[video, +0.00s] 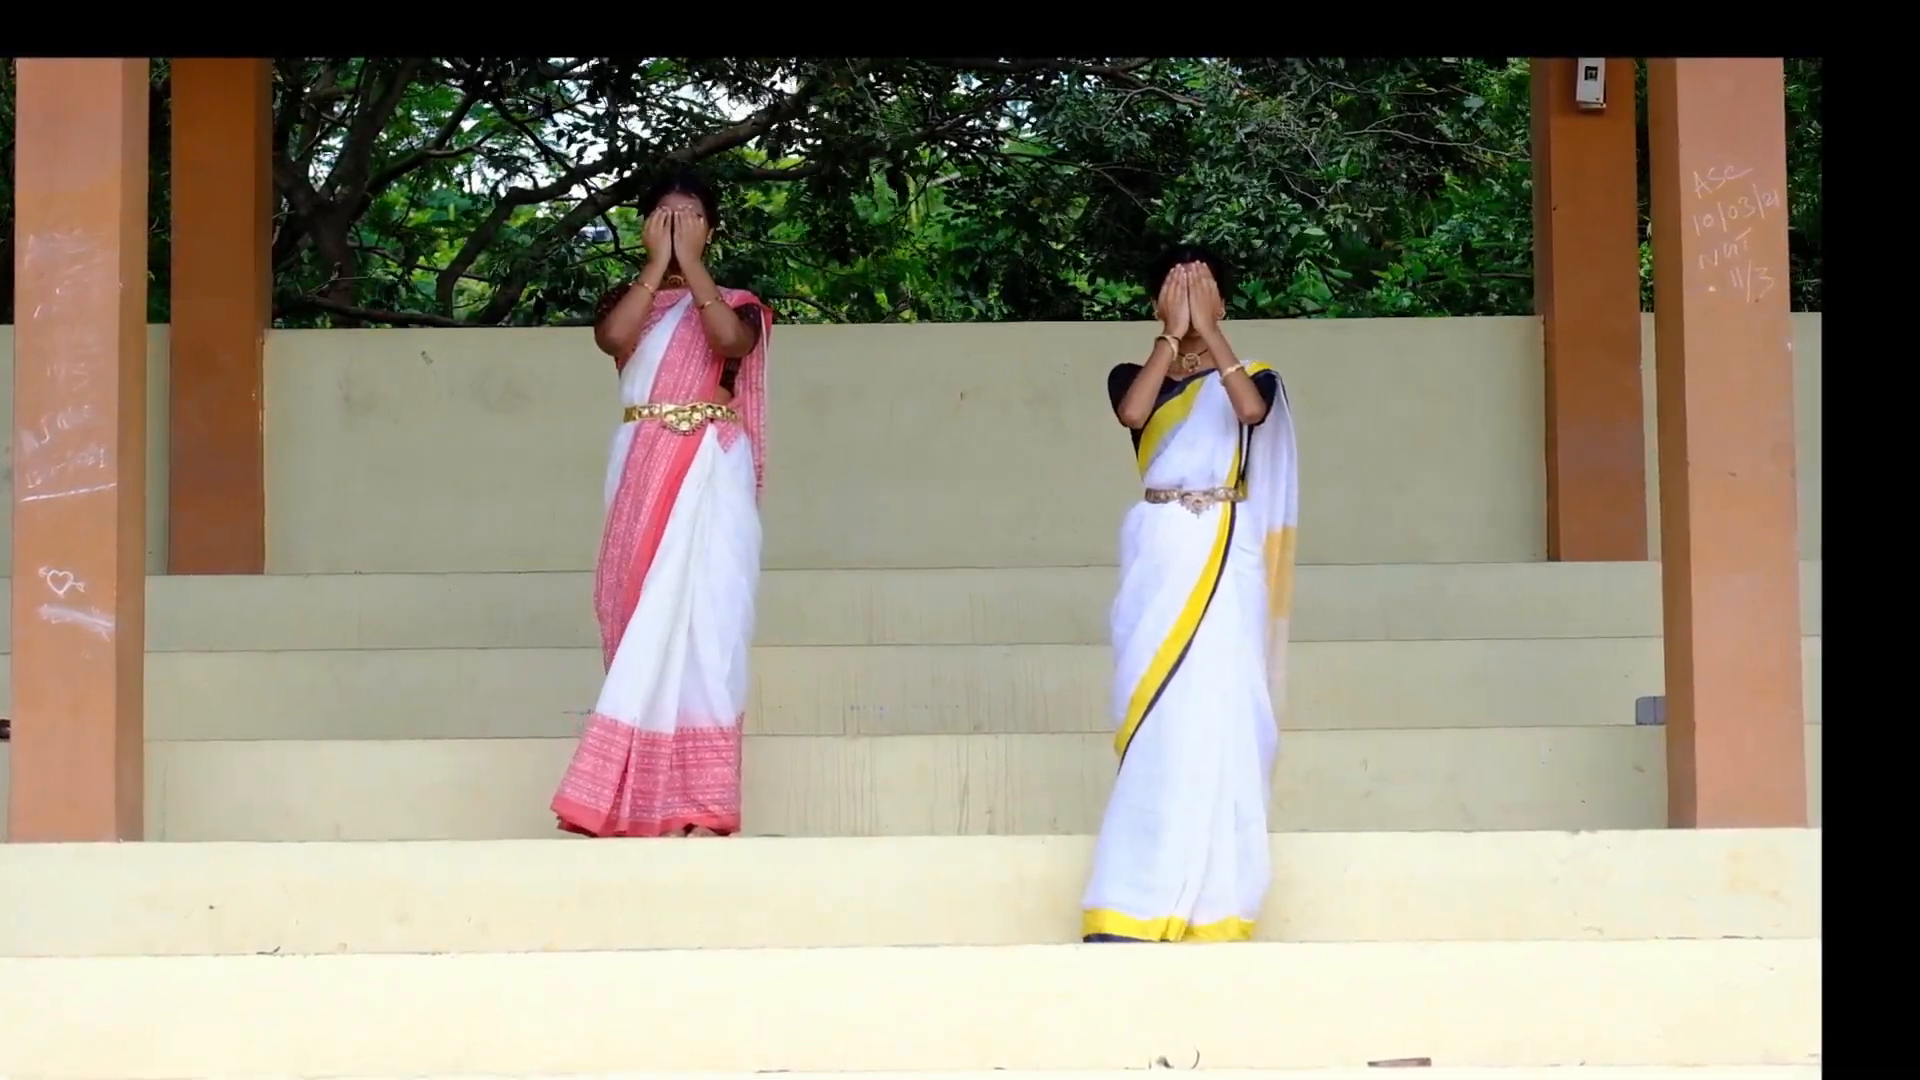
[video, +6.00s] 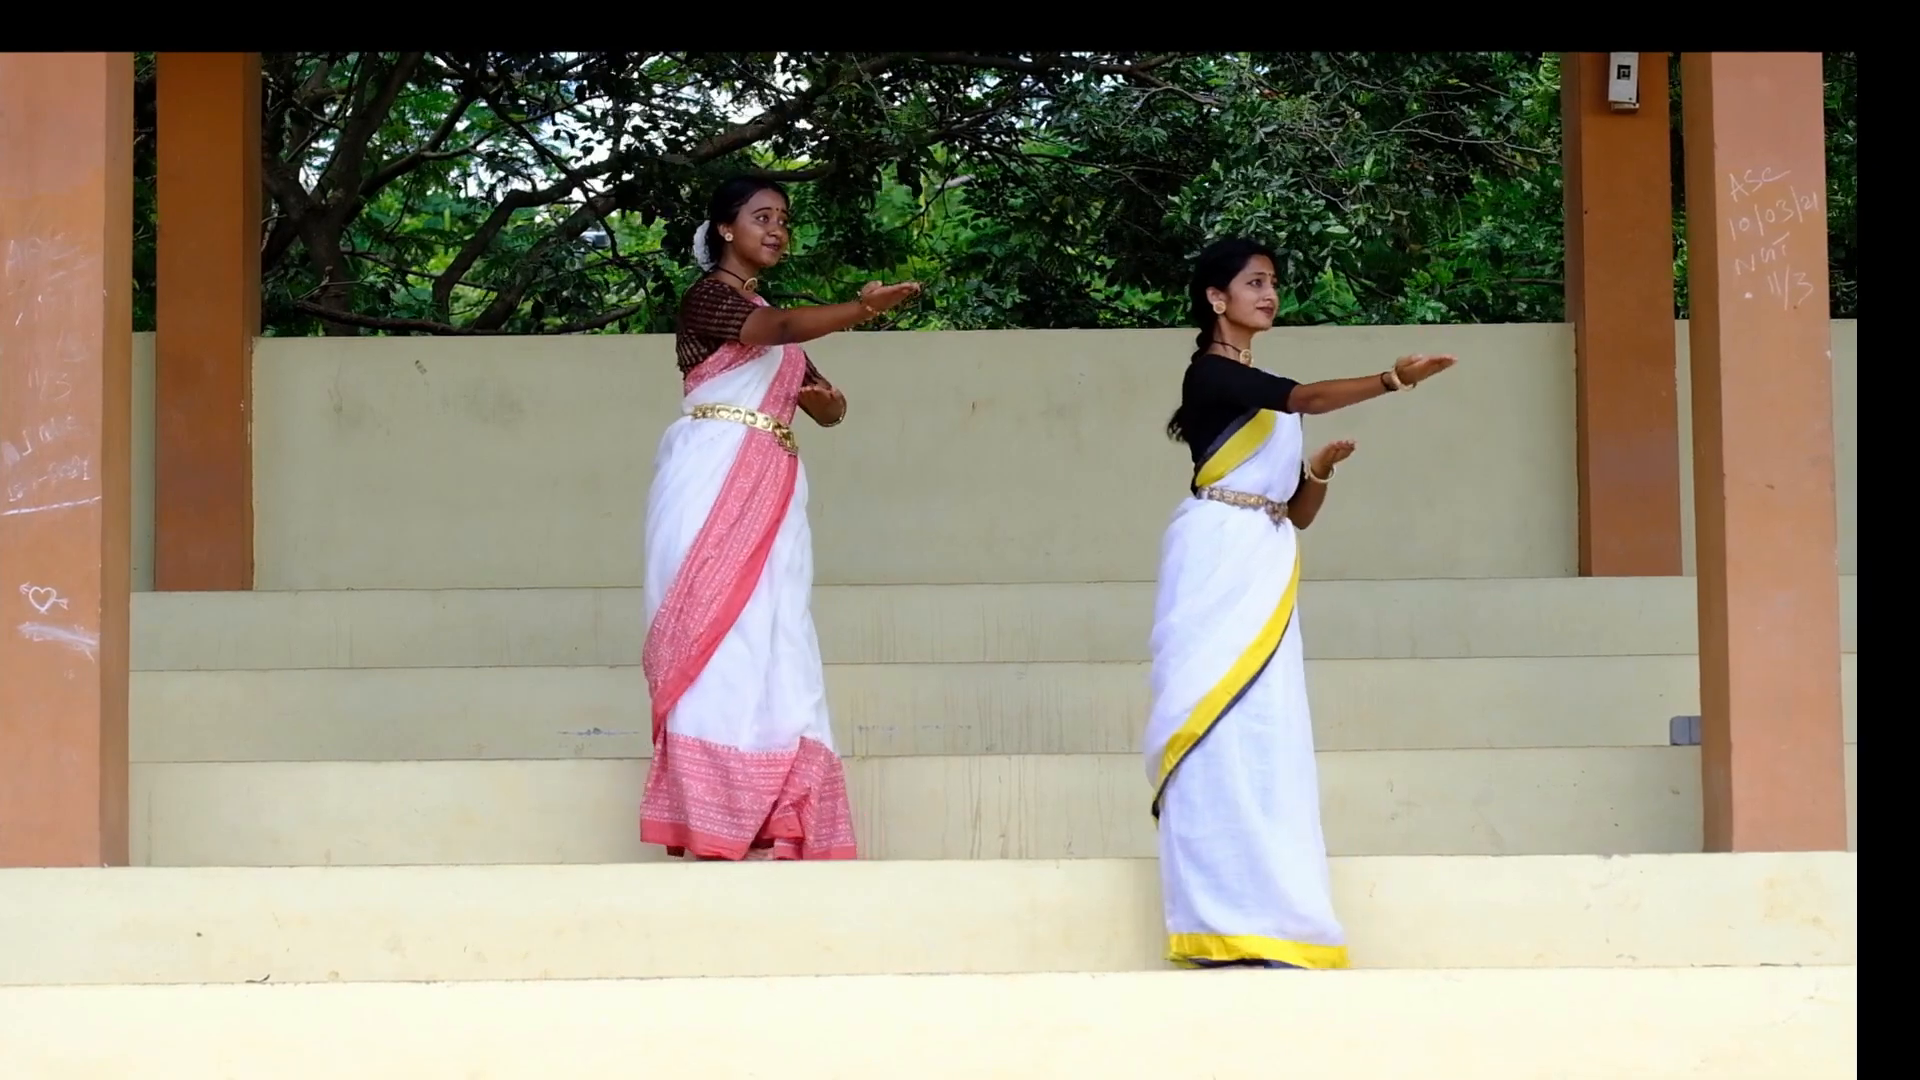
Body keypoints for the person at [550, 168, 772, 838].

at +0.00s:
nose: (674, 227)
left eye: (689, 216)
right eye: (664, 214)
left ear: (712, 227)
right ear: (644, 225)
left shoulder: (738, 305)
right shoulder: (628, 302)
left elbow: (732, 340)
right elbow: (615, 338)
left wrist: (693, 263)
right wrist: (658, 262)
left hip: (713, 478)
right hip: (643, 478)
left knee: (706, 628)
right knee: (639, 625)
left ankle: (703, 804)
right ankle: (635, 800)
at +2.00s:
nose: (681, 226)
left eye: (695, 214)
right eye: (670, 213)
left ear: (717, 226)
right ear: (651, 225)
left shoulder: (740, 301)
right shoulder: (638, 301)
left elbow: (742, 339)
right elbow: (608, 332)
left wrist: (701, 261)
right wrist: (658, 256)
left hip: (714, 476)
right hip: (646, 474)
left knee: (703, 627)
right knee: (650, 626)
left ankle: (693, 803)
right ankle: (644, 799)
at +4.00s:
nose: (674, 261)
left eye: (682, 247)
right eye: (670, 249)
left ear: (724, 243)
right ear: (697, 249)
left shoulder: (792, 305)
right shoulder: (686, 337)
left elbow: (866, 355)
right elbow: (615, 408)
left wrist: (782, 377)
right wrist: (523, 454)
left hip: (784, 488)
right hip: (710, 483)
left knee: (723, 630)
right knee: (634, 490)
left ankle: (714, 810)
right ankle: (641, 653)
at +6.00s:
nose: (778, 232)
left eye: (782, 222)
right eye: (763, 219)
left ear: (781, 236)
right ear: (725, 229)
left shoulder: (775, 318)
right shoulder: (708, 297)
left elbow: (823, 411)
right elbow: (783, 327)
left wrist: (828, 402)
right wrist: (862, 308)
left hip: (772, 487)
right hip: (712, 478)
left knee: (779, 637)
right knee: (718, 636)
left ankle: (780, 815)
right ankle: (715, 816)